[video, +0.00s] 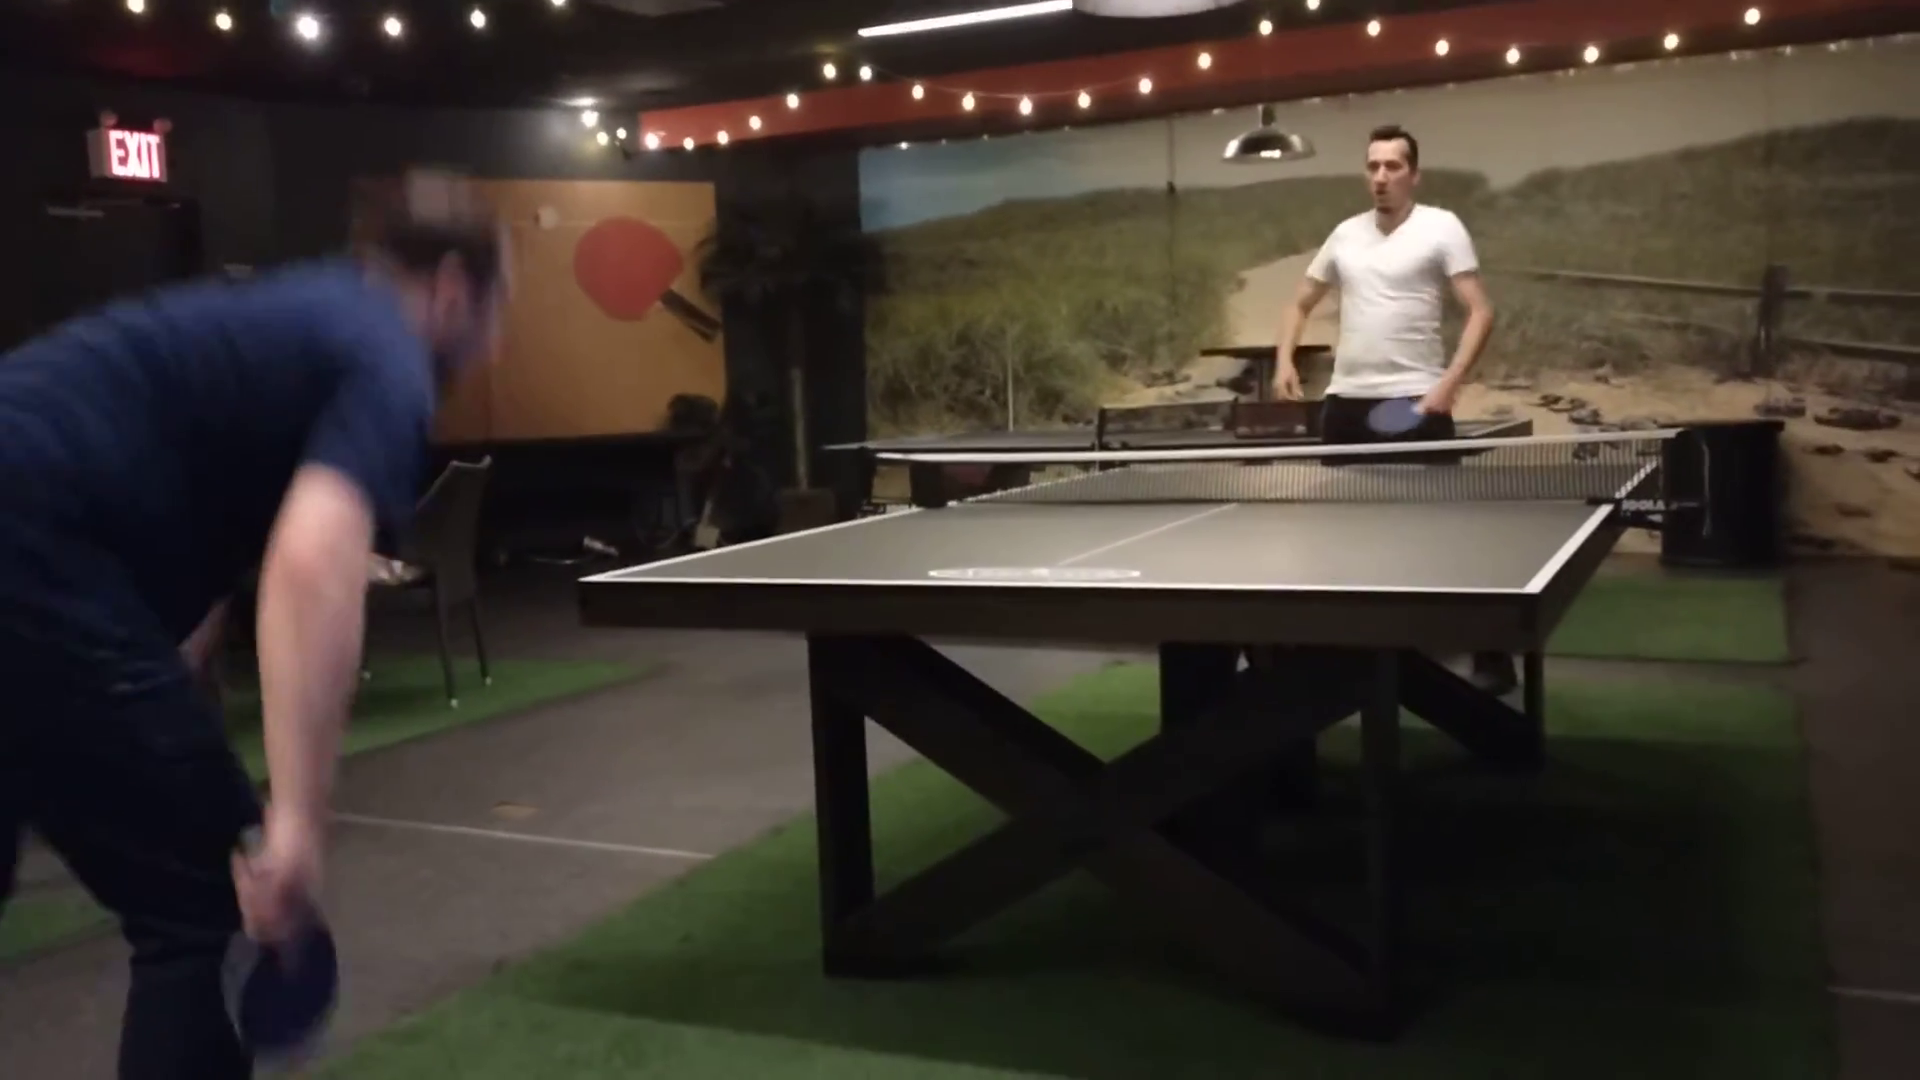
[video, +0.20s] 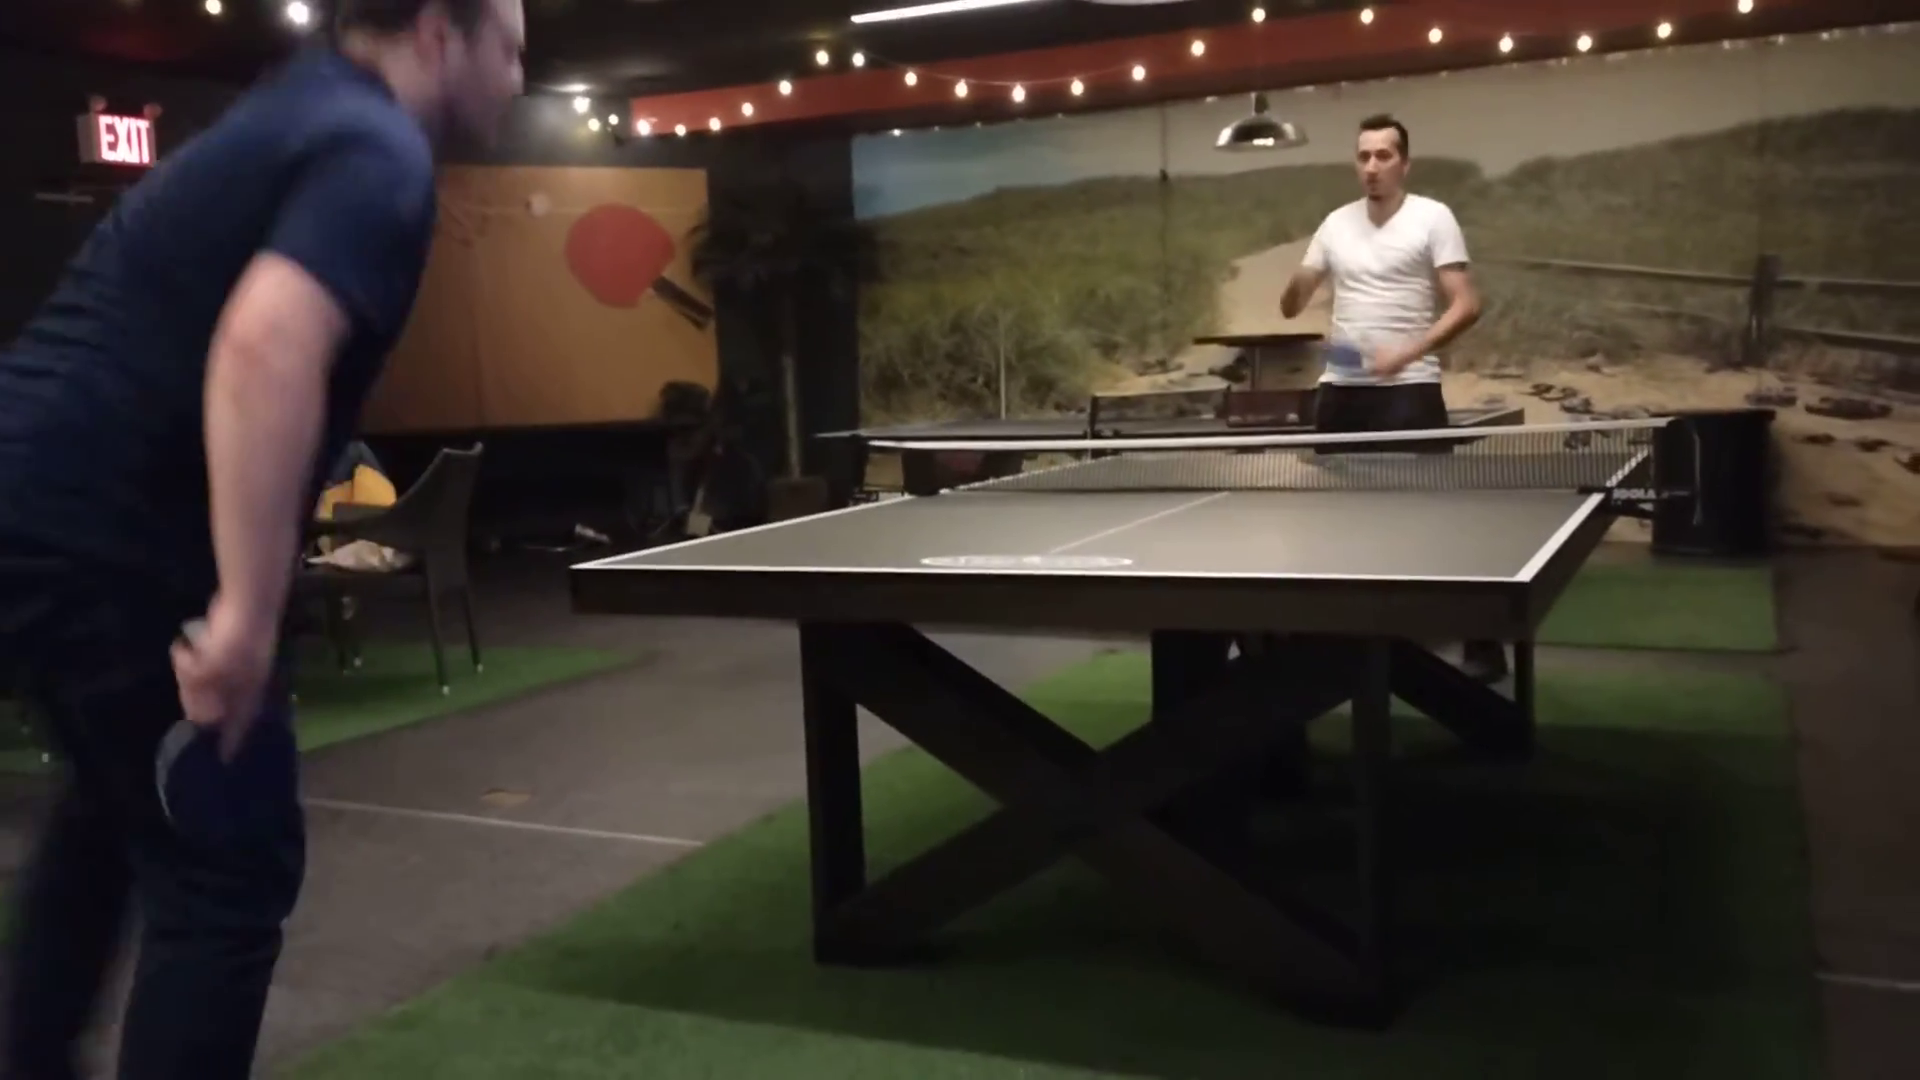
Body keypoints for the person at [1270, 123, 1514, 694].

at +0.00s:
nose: (1381, 175)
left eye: (1392, 166)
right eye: (1373, 166)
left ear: (1414, 174)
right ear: (1364, 174)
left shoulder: (1441, 228)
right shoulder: (1345, 235)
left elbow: (1480, 312)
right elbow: (1299, 305)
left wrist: (1448, 383)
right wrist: (1283, 362)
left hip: (1417, 404)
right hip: (1346, 404)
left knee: (1444, 528)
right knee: (1341, 529)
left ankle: (1487, 657)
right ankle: (1341, 661)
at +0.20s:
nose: (1372, 165)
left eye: (1383, 155)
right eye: (1364, 156)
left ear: (1405, 163)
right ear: (1354, 164)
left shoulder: (1433, 219)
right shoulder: (1337, 224)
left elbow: (1466, 303)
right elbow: (1290, 309)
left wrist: (1408, 351)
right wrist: (1302, 276)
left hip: (1411, 394)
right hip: (1343, 394)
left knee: (1437, 512)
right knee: (1340, 514)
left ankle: (1479, 644)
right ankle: (1343, 647)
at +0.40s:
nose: (1358, 169)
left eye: (1369, 159)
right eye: (1351, 160)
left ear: (1394, 158)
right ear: (1343, 162)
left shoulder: (1428, 213)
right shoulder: (1333, 212)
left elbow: (1453, 301)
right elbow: (1286, 281)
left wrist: (1387, 317)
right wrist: (1317, 207)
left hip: (1404, 385)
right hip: (1336, 384)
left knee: (1430, 503)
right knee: (1334, 505)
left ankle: (1470, 634)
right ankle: (1336, 639)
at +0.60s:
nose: (1357, 166)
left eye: (1367, 156)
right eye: (1350, 157)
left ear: (1391, 157)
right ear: (1341, 159)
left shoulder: (1424, 210)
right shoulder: (1328, 208)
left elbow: (1449, 297)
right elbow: (1284, 271)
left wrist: (1378, 316)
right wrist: (1320, 194)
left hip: (1398, 379)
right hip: (1329, 379)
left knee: (1423, 499)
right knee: (1328, 501)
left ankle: (1462, 627)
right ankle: (1330, 632)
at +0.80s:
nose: (1354, 163)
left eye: (1363, 154)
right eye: (1349, 153)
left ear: (1381, 154)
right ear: (1338, 151)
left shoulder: (1418, 203)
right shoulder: (1326, 200)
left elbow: (1443, 290)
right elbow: (1283, 267)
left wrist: (1380, 326)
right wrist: (1317, 185)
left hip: (1390, 381)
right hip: (1322, 381)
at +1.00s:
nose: (1335, 246)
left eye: (1345, 235)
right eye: (1327, 235)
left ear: (1364, 233)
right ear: (1317, 235)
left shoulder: (1397, 287)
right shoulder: (1304, 278)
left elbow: (1421, 373)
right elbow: (1260, 350)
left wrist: (1358, 406)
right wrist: (1289, 272)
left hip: (1368, 454)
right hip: (1303, 453)